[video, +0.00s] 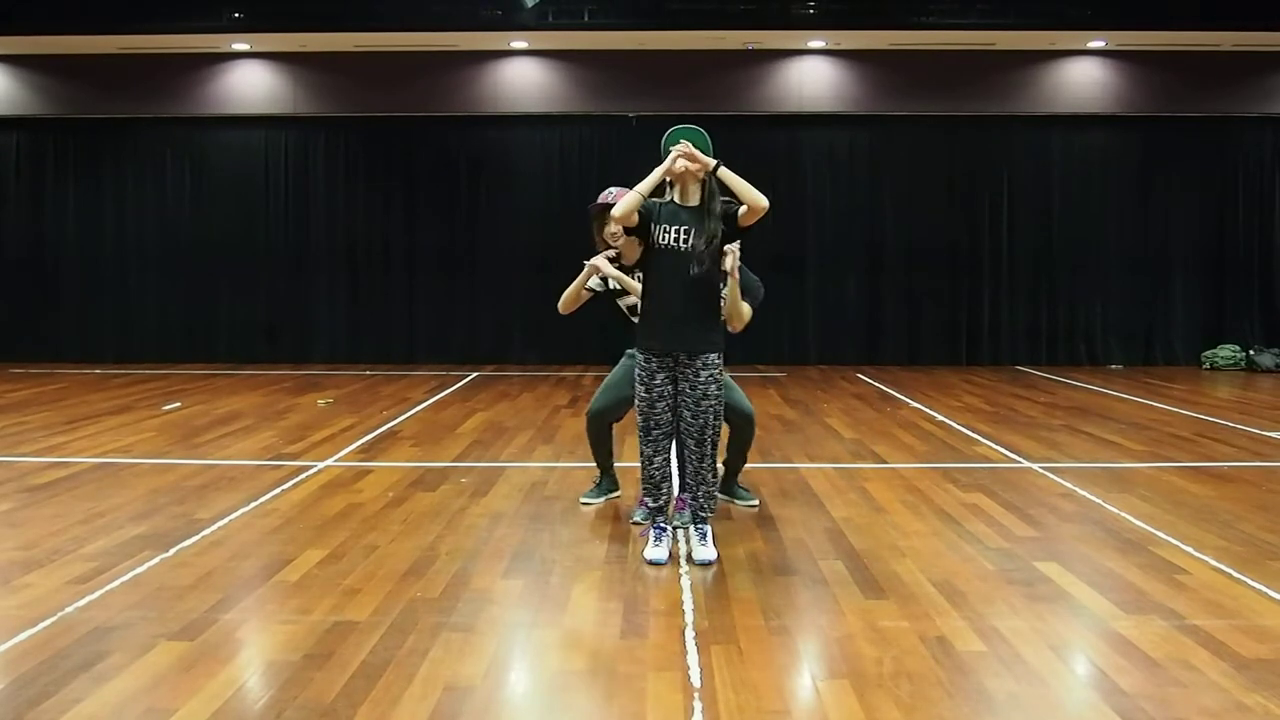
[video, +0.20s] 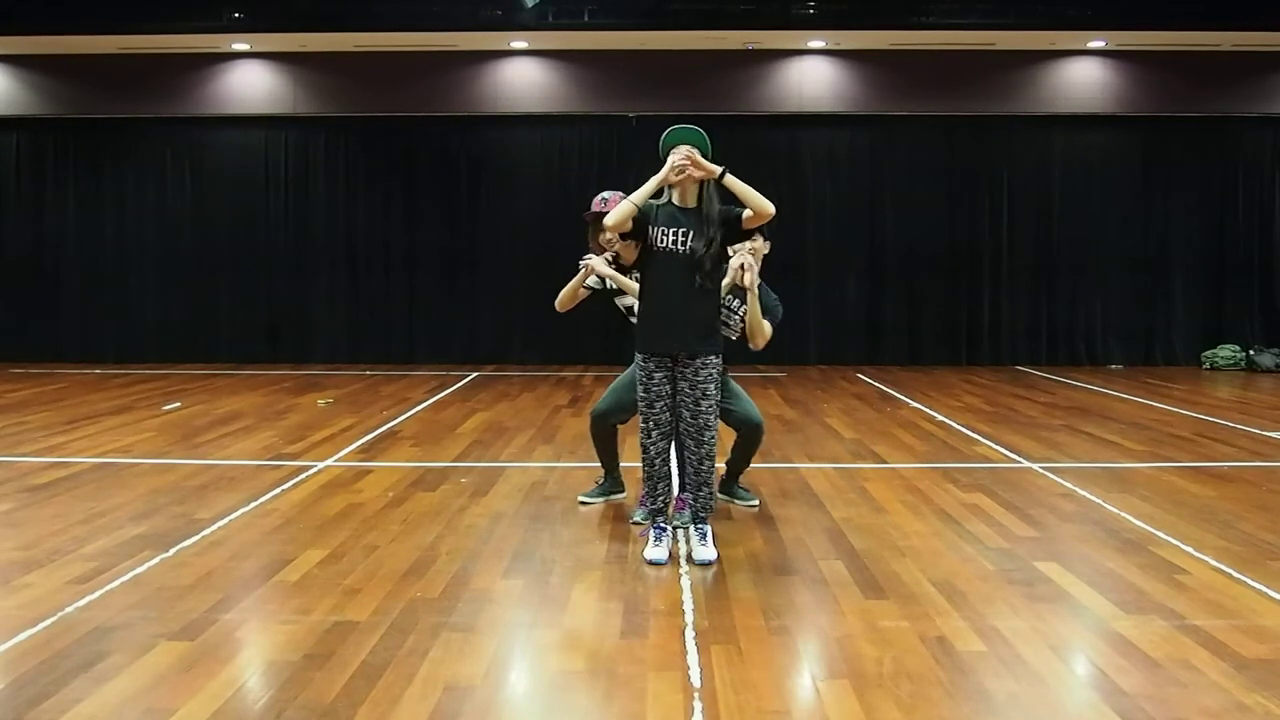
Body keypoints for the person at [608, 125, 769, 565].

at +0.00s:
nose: (682, 162)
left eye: (689, 157)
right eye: (676, 157)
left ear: (703, 168)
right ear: (667, 168)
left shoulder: (719, 213)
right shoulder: (653, 209)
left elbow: (759, 206)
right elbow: (620, 214)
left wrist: (714, 167)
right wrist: (661, 172)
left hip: (703, 346)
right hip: (654, 345)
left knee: (702, 436)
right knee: (654, 436)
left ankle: (699, 521)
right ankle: (658, 523)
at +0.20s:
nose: (681, 165)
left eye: (688, 160)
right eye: (675, 159)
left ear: (702, 171)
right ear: (666, 169)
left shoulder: (718, 216)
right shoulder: (651, 210)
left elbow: (765, 211)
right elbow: (612, 223)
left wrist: (717, 173)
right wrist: (658, 178)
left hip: (701, 345)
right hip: (653, 343)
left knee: (701, 435)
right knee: (655, 434)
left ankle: (699, 521)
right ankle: (658, 523)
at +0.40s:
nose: (682, 164)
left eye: (689, 160)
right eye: (676, 160)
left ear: (702, 170)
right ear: (666, 171)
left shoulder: (716, 215)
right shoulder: (649, 209)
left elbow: (761, 213)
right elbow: (611, 221)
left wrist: (714, 171)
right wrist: (656, 176)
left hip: (700, 343)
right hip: (652, 341)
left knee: (699, 435)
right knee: (655, 433)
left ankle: (699, 522)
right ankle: (658, 524)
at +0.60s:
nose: (681, 168)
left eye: (688, 163)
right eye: (674, 163)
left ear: (700, 172)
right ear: (663, 173)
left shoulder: (715, 215)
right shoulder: (647, 211)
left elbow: (763, 213)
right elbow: (607, 222)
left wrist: (713, 175)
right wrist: (653, 179)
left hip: (699, 343)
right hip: (650, 341)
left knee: (699, 434)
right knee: (654, 433)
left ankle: (700, 521)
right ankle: (658, 524)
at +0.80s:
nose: (680, 171)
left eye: (687, 164)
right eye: (673, 165)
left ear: (700, 172)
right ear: (663, 174)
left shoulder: (713, 215)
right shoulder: (646, 213)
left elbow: (760, 220)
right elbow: (606, 229)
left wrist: (714, 181)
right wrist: (653, 182)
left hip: (699, 343)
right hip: (650, 341)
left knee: (699, 434)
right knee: (653, 434)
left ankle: (699, 521)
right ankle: (657, 523)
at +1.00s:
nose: (683, 170)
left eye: (690, 165)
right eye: (676, 165)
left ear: (700, 173)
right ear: (665, 174)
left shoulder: (716, 215)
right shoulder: (647, 212)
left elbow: (765, 211)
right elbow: (603, 223)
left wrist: (715, 175)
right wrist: (651, 179)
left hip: (700, 343)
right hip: (651, 341)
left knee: (699, 434)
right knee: (654, 433)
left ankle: (700, 521)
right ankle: (658, 524)